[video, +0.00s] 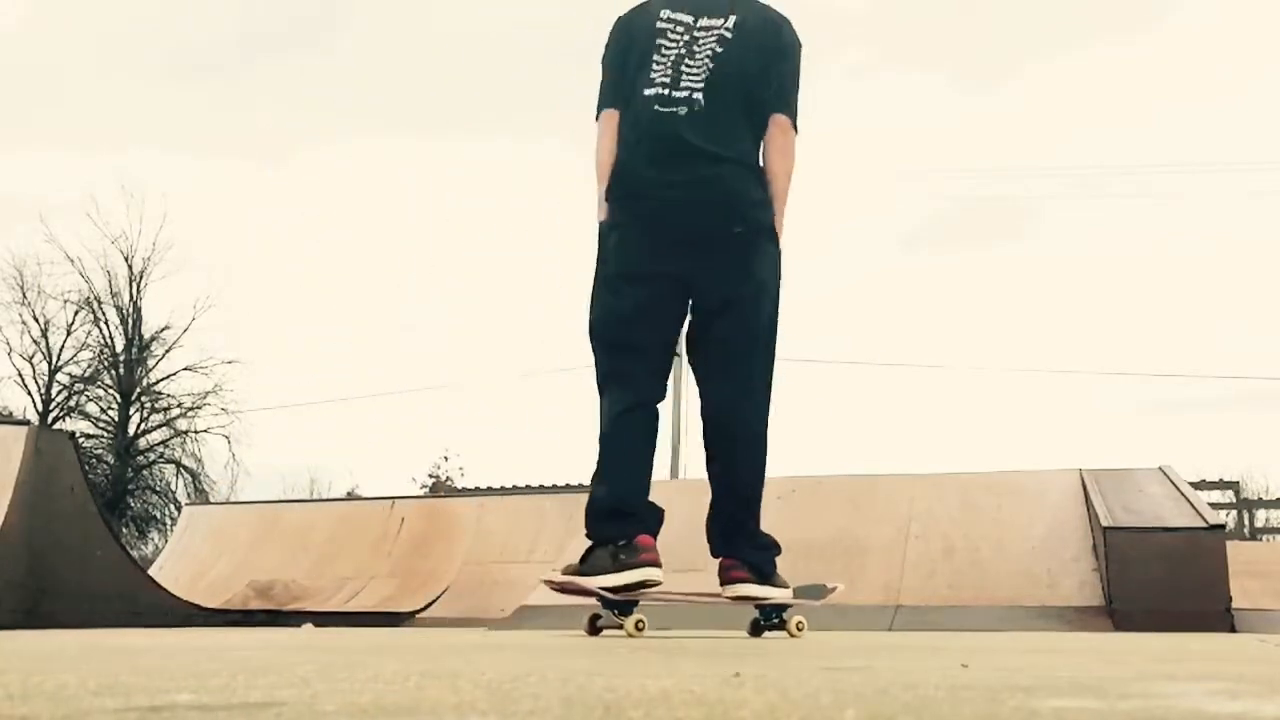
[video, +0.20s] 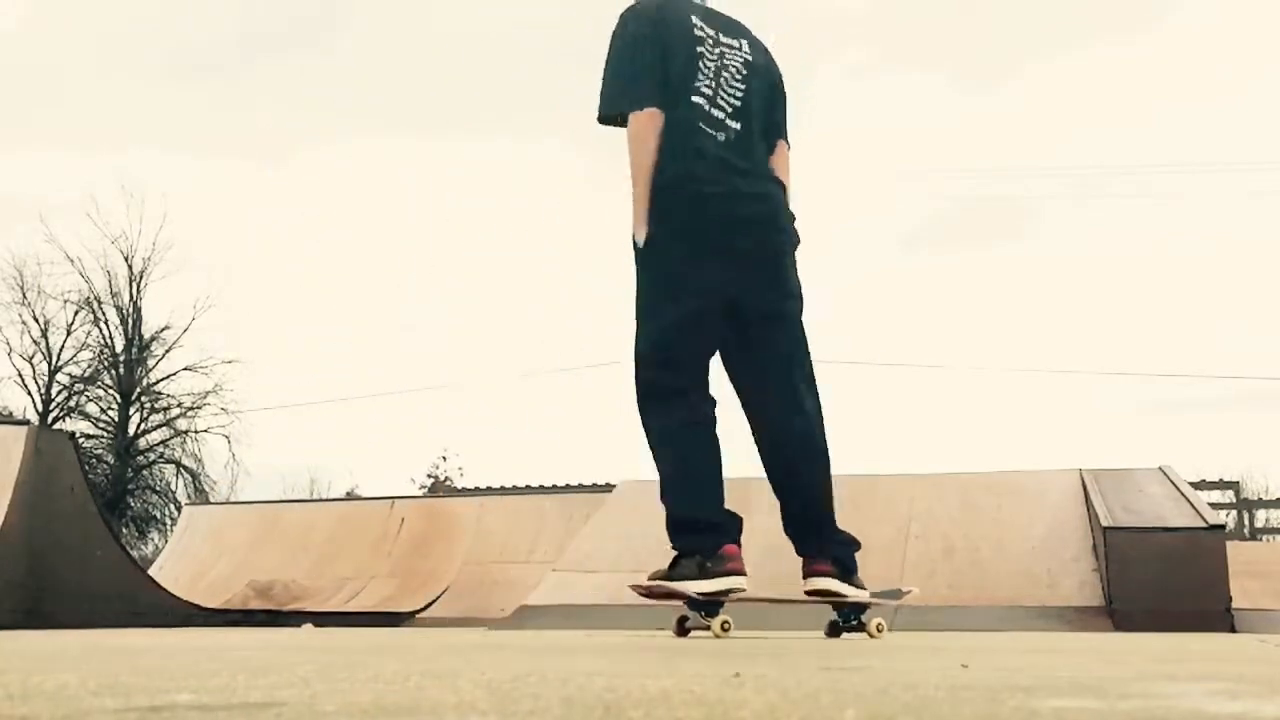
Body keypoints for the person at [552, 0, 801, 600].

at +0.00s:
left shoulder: (634, 19)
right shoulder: (772, 25)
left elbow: (610, 124)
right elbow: (779, 131)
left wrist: (607, 216)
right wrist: (772, 226)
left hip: (640, 222)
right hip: (736, 224)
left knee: (628, 389)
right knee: (737, 398)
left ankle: (624, 536)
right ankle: (742, 554)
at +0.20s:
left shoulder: (648, 16)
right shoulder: (756, 49)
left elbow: (646, 118)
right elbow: (777, 150)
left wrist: (641, 227)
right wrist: (776, 220)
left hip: (685, 229)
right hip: (763, 230)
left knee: (672, 387)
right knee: (784, 390)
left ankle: (707, 544)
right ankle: (823, 553)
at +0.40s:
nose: (626, 54)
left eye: (621, 43)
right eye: (621, 47)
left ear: (633, 16)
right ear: (671, 7)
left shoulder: (660, 34)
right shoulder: (735, 57)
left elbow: (679, 129)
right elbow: (758, 160)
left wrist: (678, 233)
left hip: (718, 244)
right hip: (766, 241)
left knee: (707, 400)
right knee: (747, 397)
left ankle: (781, 552)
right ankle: (800, 545)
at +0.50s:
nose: (624, 71)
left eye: (619, 60)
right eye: (619, 64)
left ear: (627, 34)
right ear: (665, 19)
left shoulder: (660, 48)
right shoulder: (733, 70)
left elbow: (678, 142)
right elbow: (760, 174)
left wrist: (679, 244)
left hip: (716, 251)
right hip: (756, 247)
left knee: (719, 406)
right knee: (723, 404)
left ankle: (787, 556)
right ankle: (747, 556)